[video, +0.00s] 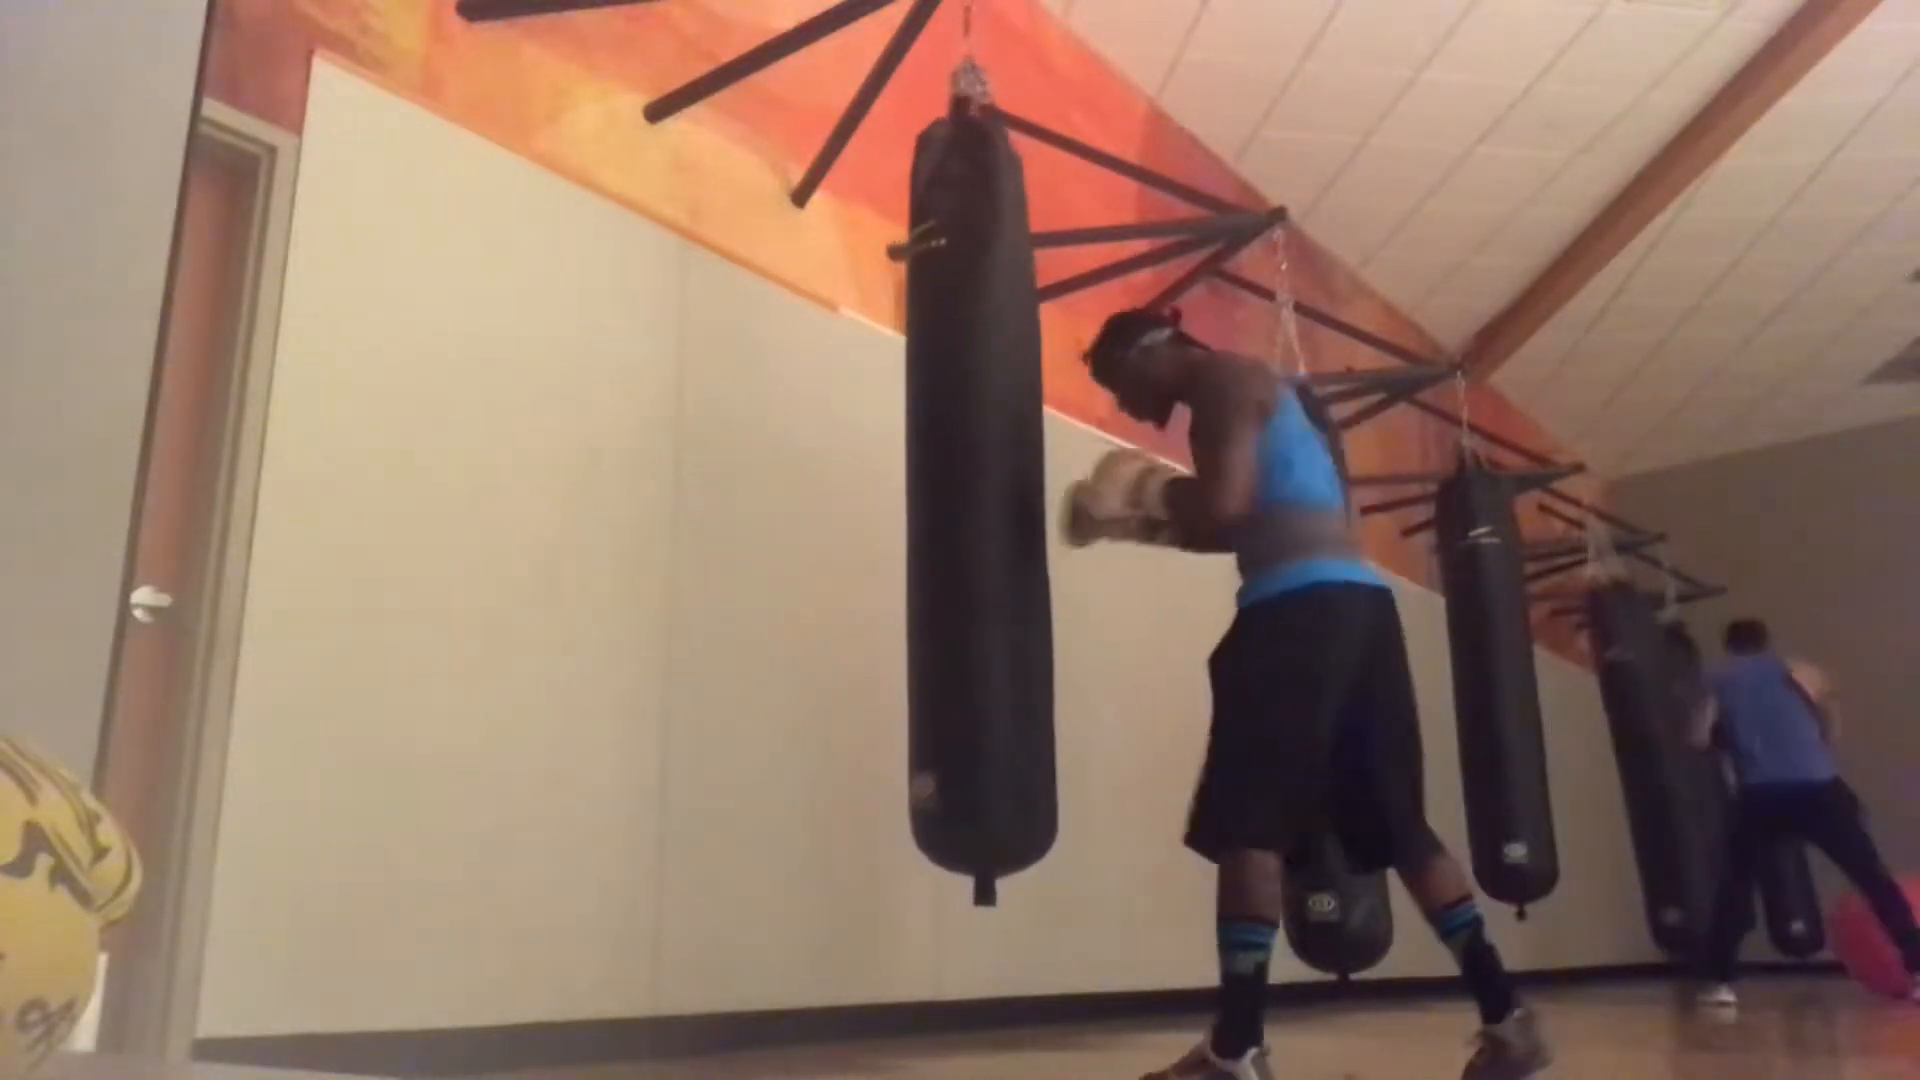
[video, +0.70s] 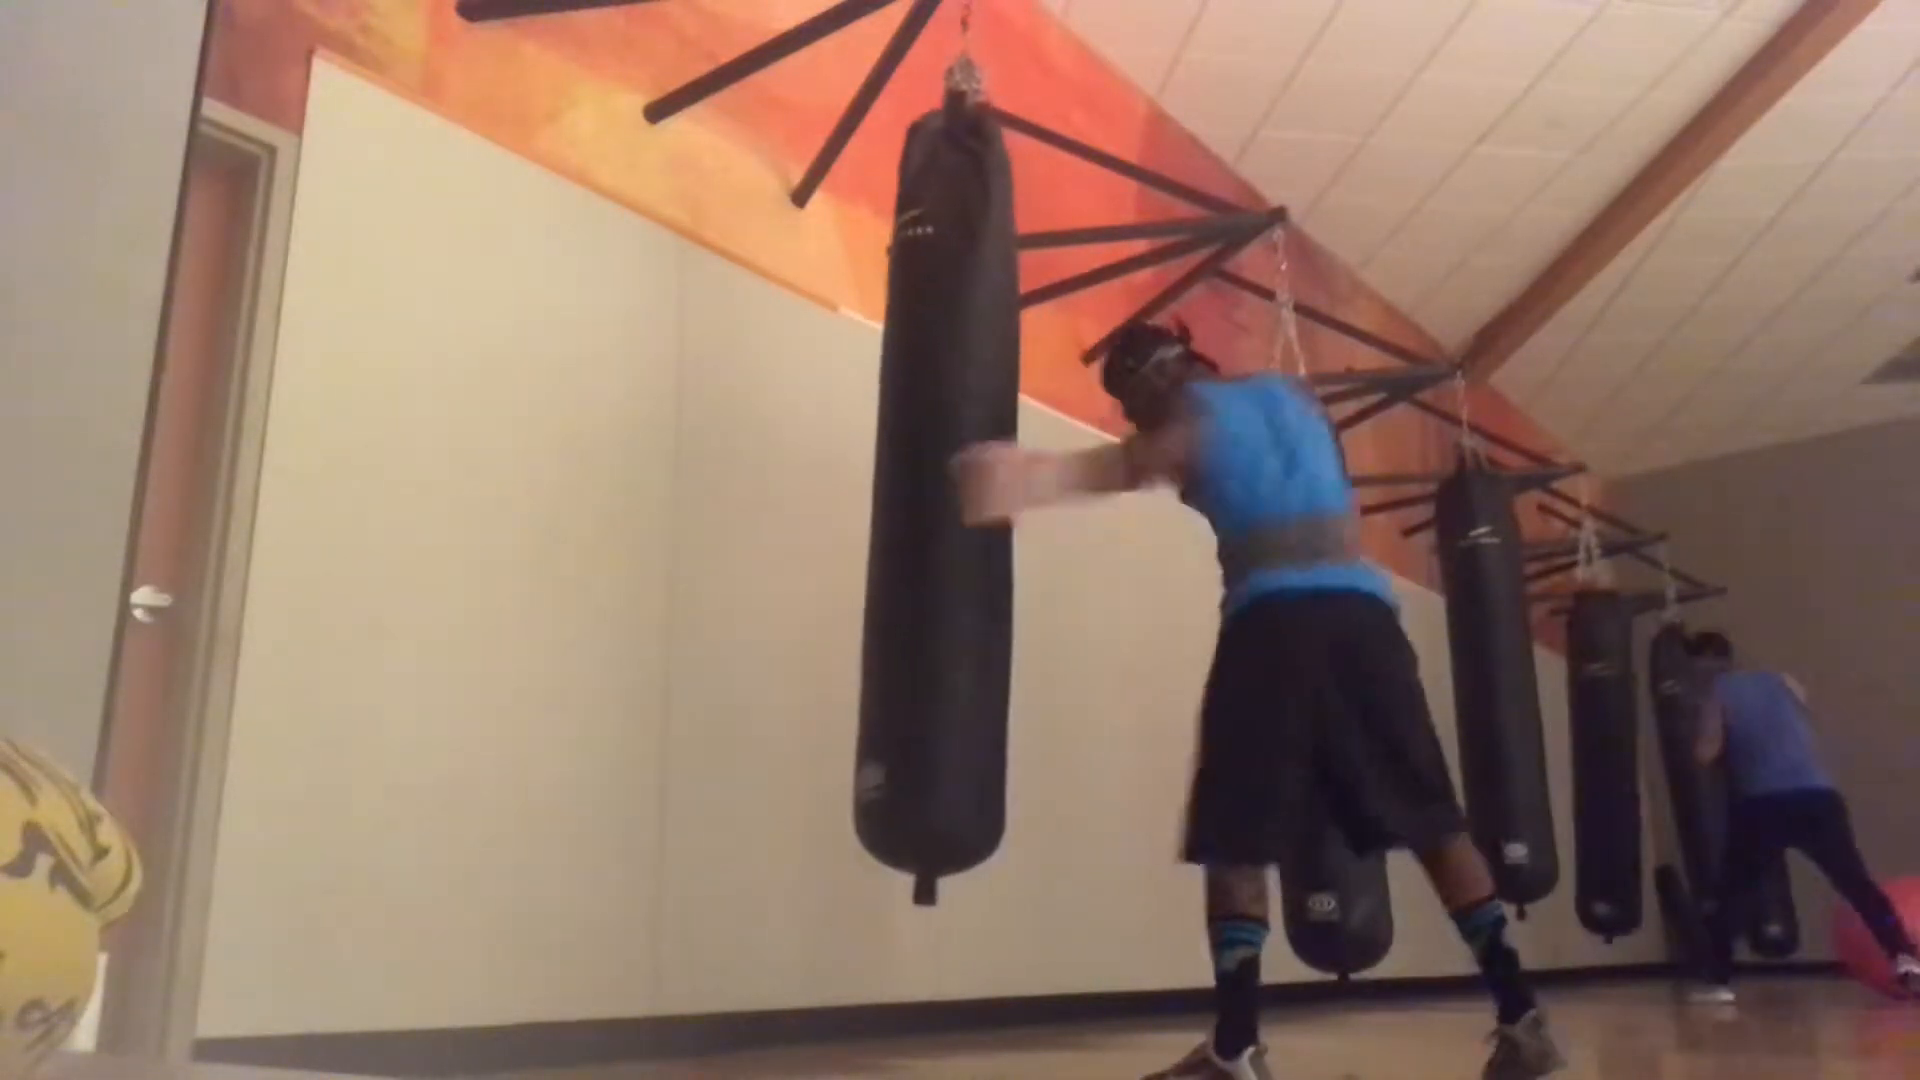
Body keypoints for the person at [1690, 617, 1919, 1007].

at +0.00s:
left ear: (1728, 648)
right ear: (1766, 643)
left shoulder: (1720, 681)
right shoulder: (1793, 668)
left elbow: (1699, 738)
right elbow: (1824, 703)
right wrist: (1826, 742)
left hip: (1761, 797)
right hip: (1820, 790)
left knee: (1736, 884)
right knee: (1872, 877)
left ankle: (1720, 979)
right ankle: (1916, 963)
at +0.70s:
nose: (1698, 671)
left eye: (1697, 665)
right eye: (1698, 664)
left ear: (1704, 663)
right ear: (1731, 654)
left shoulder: (1718, 692)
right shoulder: (1780, 679)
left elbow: (1706, 751)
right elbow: (1808, 715)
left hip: (1761, 804)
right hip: (1816, 797)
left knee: (1732, 888)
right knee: (1855, 881)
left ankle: (1719, 979)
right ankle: (1903, 955)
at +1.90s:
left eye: (1718, 649)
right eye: (1731, 644)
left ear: (1711, 652)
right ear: (1746, 643)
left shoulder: (1705, 686)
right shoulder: (1775, 668)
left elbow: (1651, 700)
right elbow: (1799, 695)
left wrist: (1643, 704)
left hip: (1758, 789)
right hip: (1813, 777)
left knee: (1738, 879)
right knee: (1861, 865)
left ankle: (1716, 967)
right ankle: (1892, 956)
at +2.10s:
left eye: (1747, 648)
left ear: (1738, 651)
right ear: (1774, 646)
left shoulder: (1725, 689)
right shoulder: (1799, 677)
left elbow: (1691, 733)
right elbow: (1823, 707)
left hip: (1766, 800)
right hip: (1824, 794)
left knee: (1740, 884)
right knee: (1867, 878)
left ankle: (1715, 973)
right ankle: (1899, 967)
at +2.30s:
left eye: (1770, 640)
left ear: (1760, 645)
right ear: (1800, 638)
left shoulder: (1750, 681)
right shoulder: (1825, 667)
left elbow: (1741, 738)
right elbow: (1849, 695)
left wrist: (1770, 752)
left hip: (1783, 794)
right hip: (1843, 790)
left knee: (1758, 876)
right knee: (1880, 881)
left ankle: (1739, 971)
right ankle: (1903, 975)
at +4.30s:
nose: (1763, 675)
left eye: (1760, 669)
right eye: (1761, 670)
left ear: (1764, 661)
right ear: (1794, 650)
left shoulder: (1774, 687)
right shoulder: (1840, 672)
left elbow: (1733, 732)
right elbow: (1860, 710)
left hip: (1811, 802)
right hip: (1870, 797)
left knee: (1771, 876)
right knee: (1912, 876)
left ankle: (1769, 955)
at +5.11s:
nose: (1711, 680)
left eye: (1703, 675)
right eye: (1716, 673)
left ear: (1693, 677)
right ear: (1726, 671)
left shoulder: (1691, 708)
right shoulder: (1752, 695)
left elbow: (1655, 717)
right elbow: (1771, 714)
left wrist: (1632, 710)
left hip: (1747, 801)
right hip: (1796, 790)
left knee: (1725, 885)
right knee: (1841, 872)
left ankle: (1696, 971)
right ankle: (1874, 962)